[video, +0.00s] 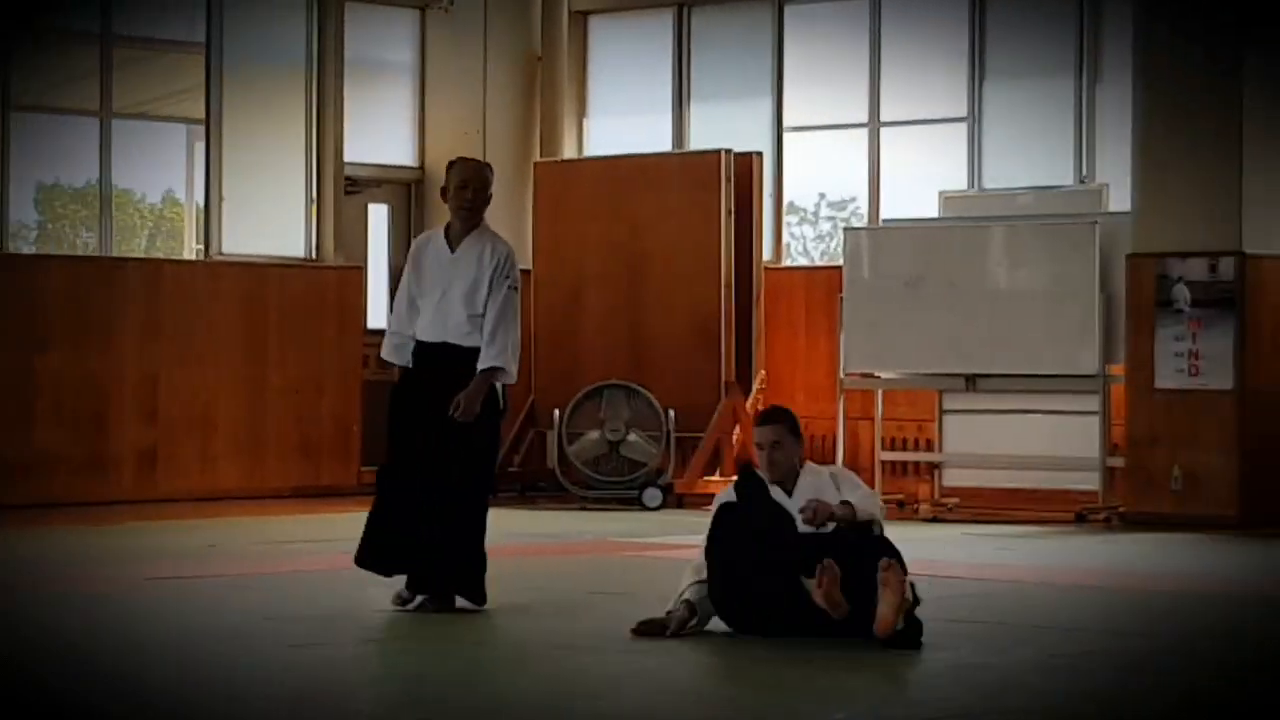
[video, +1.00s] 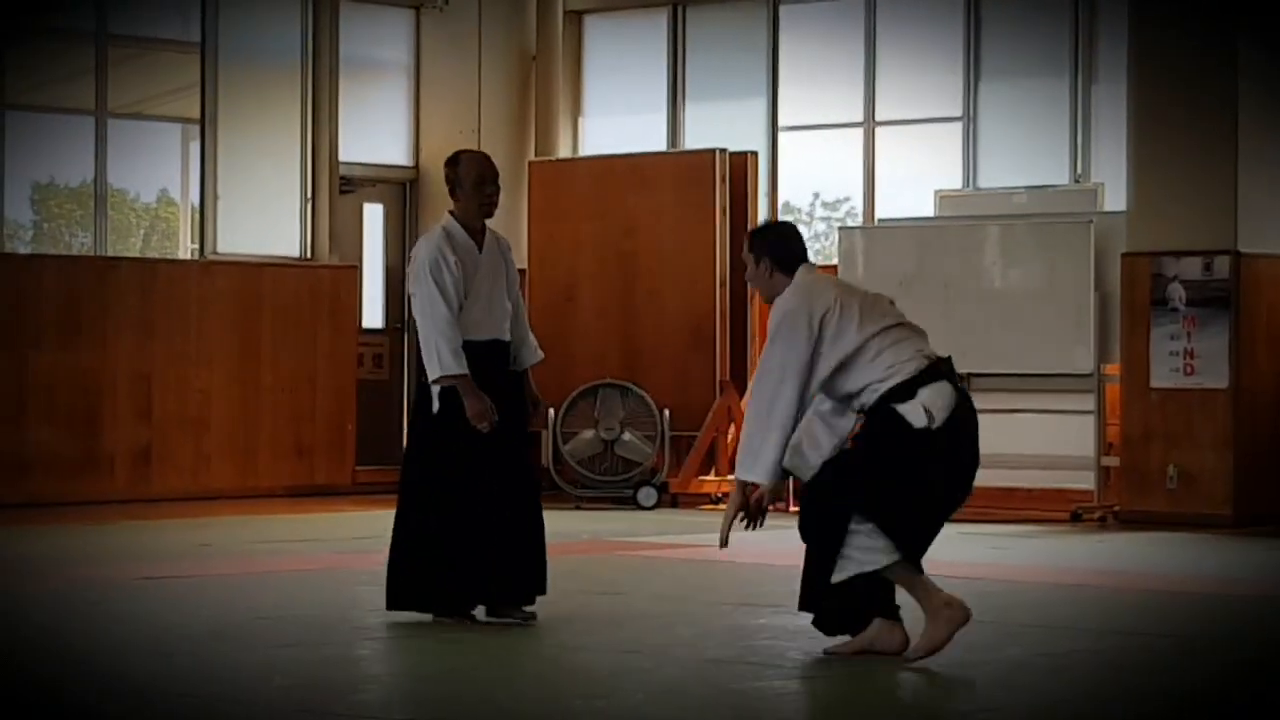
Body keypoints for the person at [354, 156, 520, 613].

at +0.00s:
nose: (470, 196)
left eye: (478, 189)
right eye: (462, 187)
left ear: (490, 195)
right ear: (445, 193)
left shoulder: (498, 253)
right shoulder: (423, 247)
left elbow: (501, 327)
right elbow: (405, 309)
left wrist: (480, 385)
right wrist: (397, 368)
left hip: (471, 372)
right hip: (424, 368)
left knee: (460, 479)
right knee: (418, 474)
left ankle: (450, 586)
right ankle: (419, 578)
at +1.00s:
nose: (494, 193)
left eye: (496, 184)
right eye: (483, 184)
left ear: (495, 189)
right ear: (454, 190)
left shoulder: (500, 247)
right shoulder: (434, 248)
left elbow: (516, 318)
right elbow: (436, 326)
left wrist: (528, 382)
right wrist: (467, 389)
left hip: (502, 373)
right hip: (452, 375)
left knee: (505, 483)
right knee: (452, 485)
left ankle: (502, 595)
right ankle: (448, 597)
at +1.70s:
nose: (533, 193)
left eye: (533, 184)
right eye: (522, 186)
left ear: (533, 193)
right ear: (492, 196)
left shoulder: (537, 255)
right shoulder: (481, 258)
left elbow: (561, 323)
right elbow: (484, 334)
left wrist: (577, 388)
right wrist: (513, 398)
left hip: (547, 382)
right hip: (507, 386)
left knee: (563, 492)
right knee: (504, 492)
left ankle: (557, 603)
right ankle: (464, 571)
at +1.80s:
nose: (531, 198)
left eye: (529, 189)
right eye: (519, 190)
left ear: (519, 198)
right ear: (489, 201)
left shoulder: (531, 263)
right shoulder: (479, 260)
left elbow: (556, 324)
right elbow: (491, 322)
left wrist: (578, 383)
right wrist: (543, 343)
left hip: (536, 382)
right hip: (503, 386)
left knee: (556, 489)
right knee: (505, 491)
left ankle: (557, 602)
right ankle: (449, 581)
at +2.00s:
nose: (491, 198)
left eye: (488, 190)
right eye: (479, 192)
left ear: (457, 207)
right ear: (452, 204)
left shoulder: (452, 256)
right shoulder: (463, 257)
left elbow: (488, 338)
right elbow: (532, 268)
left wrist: (531, 385)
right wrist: (589, 217)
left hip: (480, 387)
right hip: (486, 390)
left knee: (478, 498)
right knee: (555, 490)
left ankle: (423, 600)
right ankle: (556, 606)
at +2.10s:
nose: (464, 191)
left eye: (461, 183)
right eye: (453, 185)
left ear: (420, 200)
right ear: (426, 196)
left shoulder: (401, 255)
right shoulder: (445, 251)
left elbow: (421, 337)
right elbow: (521, 291)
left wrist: (487, 363)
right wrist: (551, 242)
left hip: (431, 389)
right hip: (463, 391)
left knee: (450, 499)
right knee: (519, 487)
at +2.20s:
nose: (440, 193)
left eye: (436, 185)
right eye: (431, 186)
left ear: (392, 197)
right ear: (406, 195)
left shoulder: (366, 254)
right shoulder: (420, 256)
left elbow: (387, 328)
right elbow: (478, 311)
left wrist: (448, 342)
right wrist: (501, 278)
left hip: (393, 387)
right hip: (429, 391)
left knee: (416, 500)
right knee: (457, 496)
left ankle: (414, 610)